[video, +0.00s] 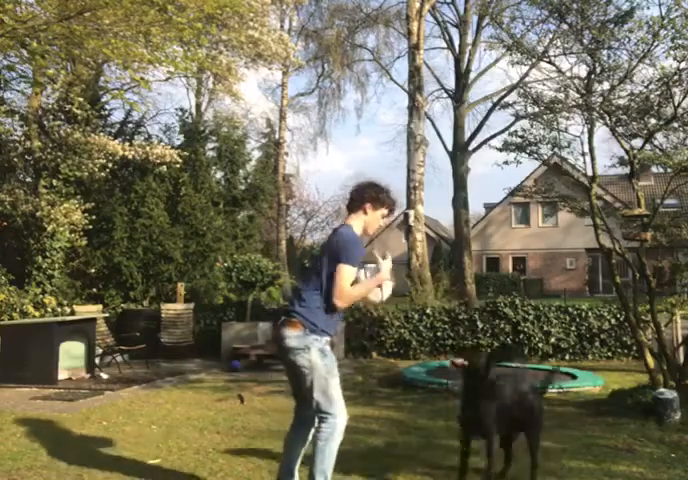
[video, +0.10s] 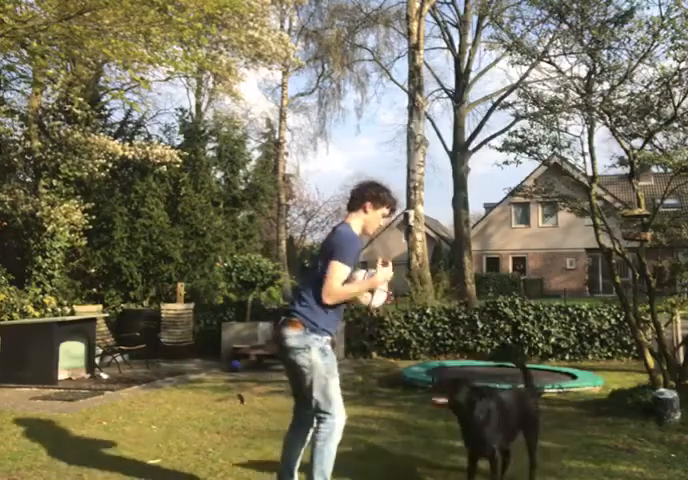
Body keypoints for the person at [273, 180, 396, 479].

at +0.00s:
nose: (382, 224)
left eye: (385, 218)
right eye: (383, 216)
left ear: (363, 209)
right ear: (367, 208)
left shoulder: (338, 237)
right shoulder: (349, 241)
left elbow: (337, 291)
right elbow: (340, 298)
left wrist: (369, 290)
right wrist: (378, 278)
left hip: (292, 331)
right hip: (307, 336)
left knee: (306, 412)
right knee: (334, 416)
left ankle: (286, 474)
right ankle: (321, 475)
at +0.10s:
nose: (382, 224)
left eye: (385, 218)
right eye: (383, 216)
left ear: (364, 208)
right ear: (367, 207)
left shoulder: (340, 235)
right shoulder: (347, 239)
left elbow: (331, 289)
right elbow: (329, 294)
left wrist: (366, 290)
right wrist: (371, 282)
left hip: (295, 332)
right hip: (309, 335)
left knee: (305, 412)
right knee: (332, 416)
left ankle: (286, 474)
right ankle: (320, 475)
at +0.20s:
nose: (382, 225)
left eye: (386, 219)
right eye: (383, 217)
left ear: (365, 208)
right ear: (367, 207)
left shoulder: (339, 234)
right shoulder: (346, 238)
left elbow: (324, 290)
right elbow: (324, 292)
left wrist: (355, 302)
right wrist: (372, 289)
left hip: (295, 331)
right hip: (308, 335)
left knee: (304, 412)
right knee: (330, 416)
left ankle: (286, 474)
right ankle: (319, 475)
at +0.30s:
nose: (382, 224)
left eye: (386, 219)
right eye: (384, 216)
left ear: (366, 206)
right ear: (368, 205)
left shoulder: (342, 233)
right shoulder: (345, 236)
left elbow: (324, 289)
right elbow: (316, 285)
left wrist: (360, 297)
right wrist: (360, 297)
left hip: (299, 331)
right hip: (310, 334)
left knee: (304, 413)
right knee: (328, 416)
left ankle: (287, 473)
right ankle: (319, 475)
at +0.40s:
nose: (383, 224)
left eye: (387, 218)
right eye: (384, 215)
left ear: (366, 205)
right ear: (368, 204)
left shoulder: (341, 231)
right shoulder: (345, 235)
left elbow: (318, 278)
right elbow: (306, 274)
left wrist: (353, 299)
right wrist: (351, 299)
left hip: (306, 332)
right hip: (312, 334)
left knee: (311, 415)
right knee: (326, 418)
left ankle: (293, 474)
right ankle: (317, 475)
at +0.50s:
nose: (381, 224)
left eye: (386, 218)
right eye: (383, 215)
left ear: (365, 204)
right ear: (367, 202)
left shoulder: (343, 231)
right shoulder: (343, 231)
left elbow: (317, 277)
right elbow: (302, 268)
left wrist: (351, 300)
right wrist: (345, 299)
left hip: (311, 332)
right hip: (311, 334)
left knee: (316, 415)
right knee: (326, 417)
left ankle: (297, 474)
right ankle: (315, 475)